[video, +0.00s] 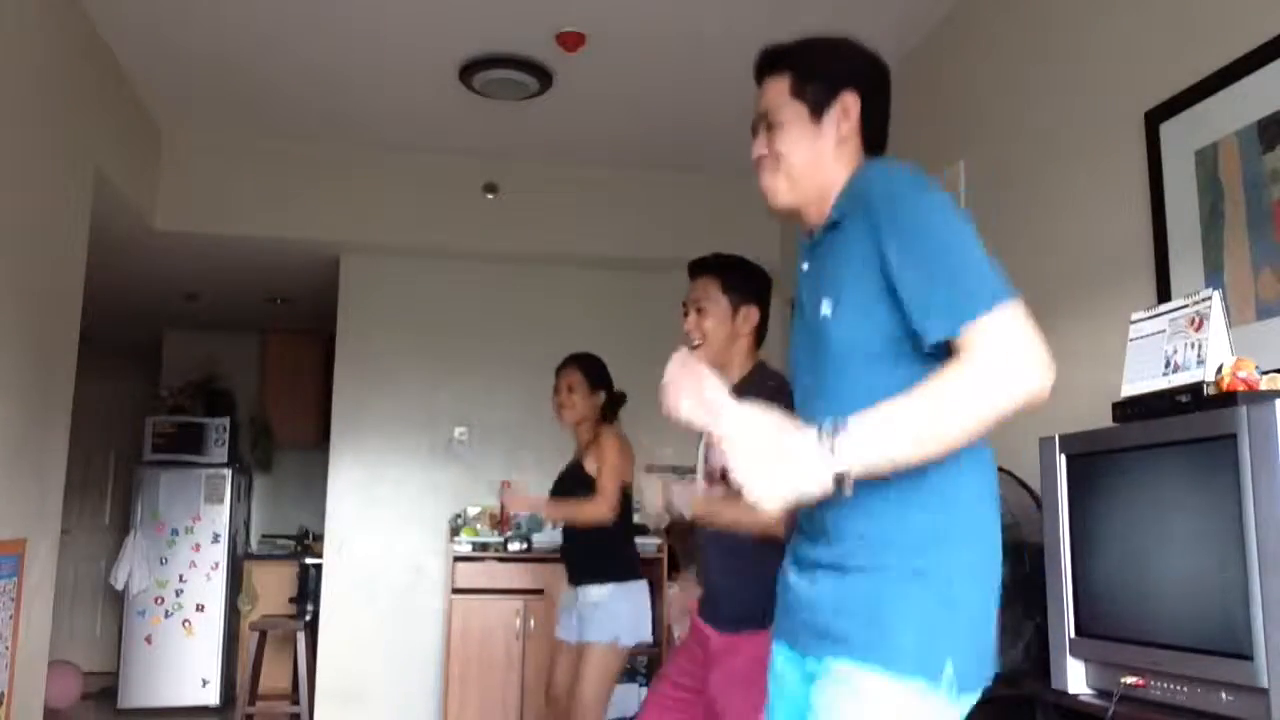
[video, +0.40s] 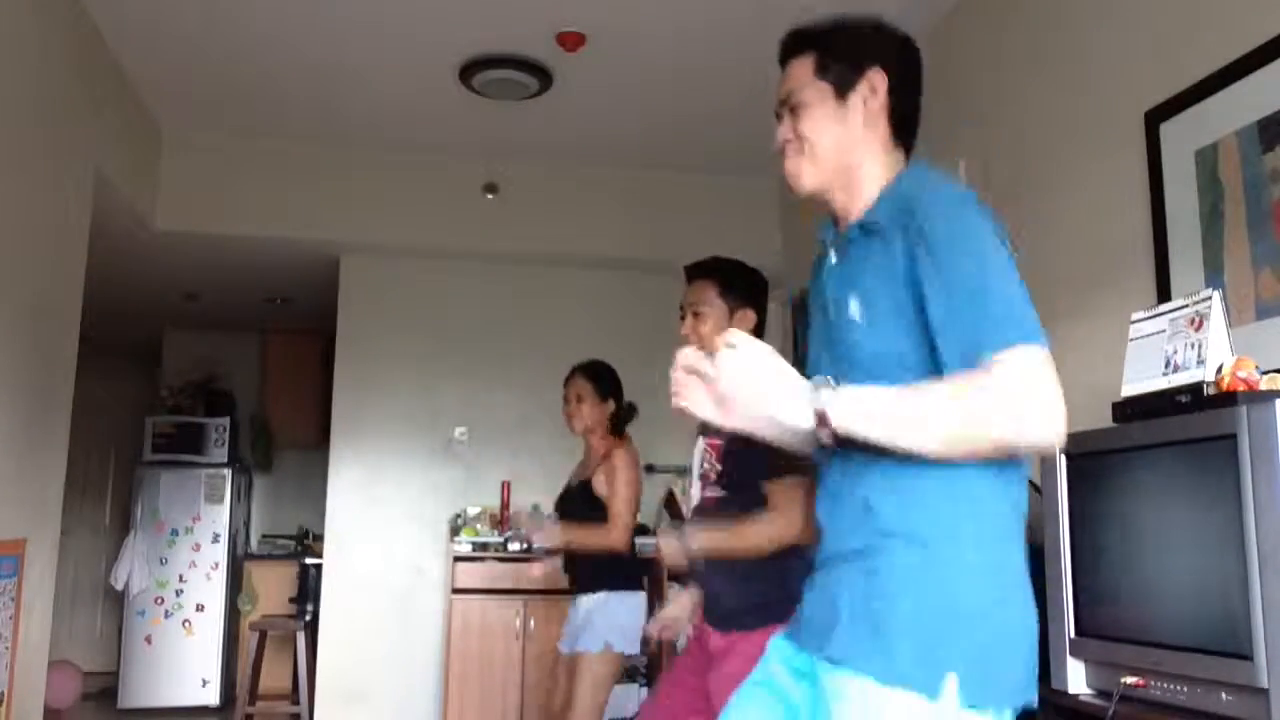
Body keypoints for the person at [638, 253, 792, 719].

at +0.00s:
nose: (687, 325)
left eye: (701, 310)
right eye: (687, 311)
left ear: (748, 319)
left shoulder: (773, 399)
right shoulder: (726, 398)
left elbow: (784, 519)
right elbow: (735, 504)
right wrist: (694, 585)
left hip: (755, 635)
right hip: (708, 624)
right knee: (657, 714)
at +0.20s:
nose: (684, 320)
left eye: (698, 305)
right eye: (683, 306)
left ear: (743, 315)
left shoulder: (773, 398)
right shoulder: (708, 400)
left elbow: (804, 497)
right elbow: (694, 500)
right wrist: (629, 453)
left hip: (754, 616)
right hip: (711, 613)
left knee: (740, 713)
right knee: (692, 713)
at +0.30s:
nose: (684, 323)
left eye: (699, 309)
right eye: (682, 310)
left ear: (743, 320)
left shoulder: (772, 404)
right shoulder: (703, 410)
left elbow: (818, 512)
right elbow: (715, 525)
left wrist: (730, 569)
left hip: (758, 621)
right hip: (709, 620)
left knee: (745, 711)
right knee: (689, 712)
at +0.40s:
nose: (684, 329)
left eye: (698, 314)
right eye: (683, 315)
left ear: (743, 322)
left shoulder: (772, 410)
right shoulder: (719, 415)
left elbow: (793, 522)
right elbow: (723, 518)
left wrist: (693, 541)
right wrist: (694, 594)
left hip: (762, 637)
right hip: (709, 632)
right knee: (655, 713)